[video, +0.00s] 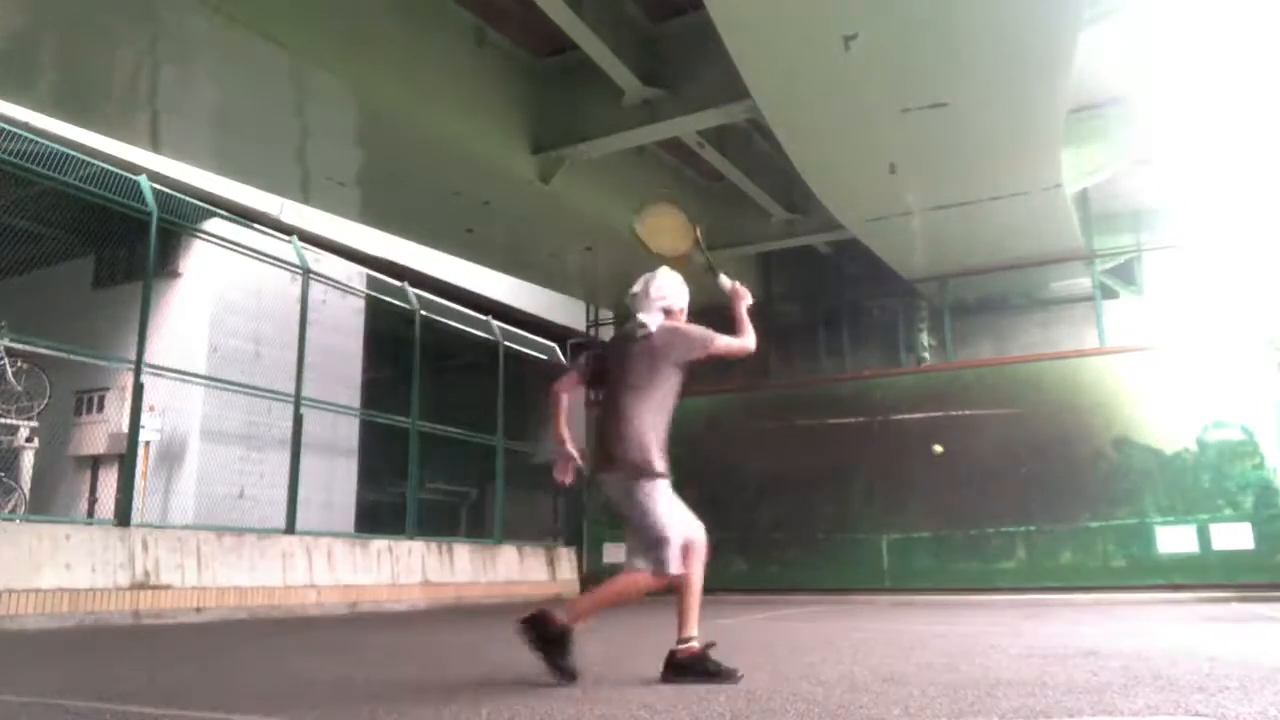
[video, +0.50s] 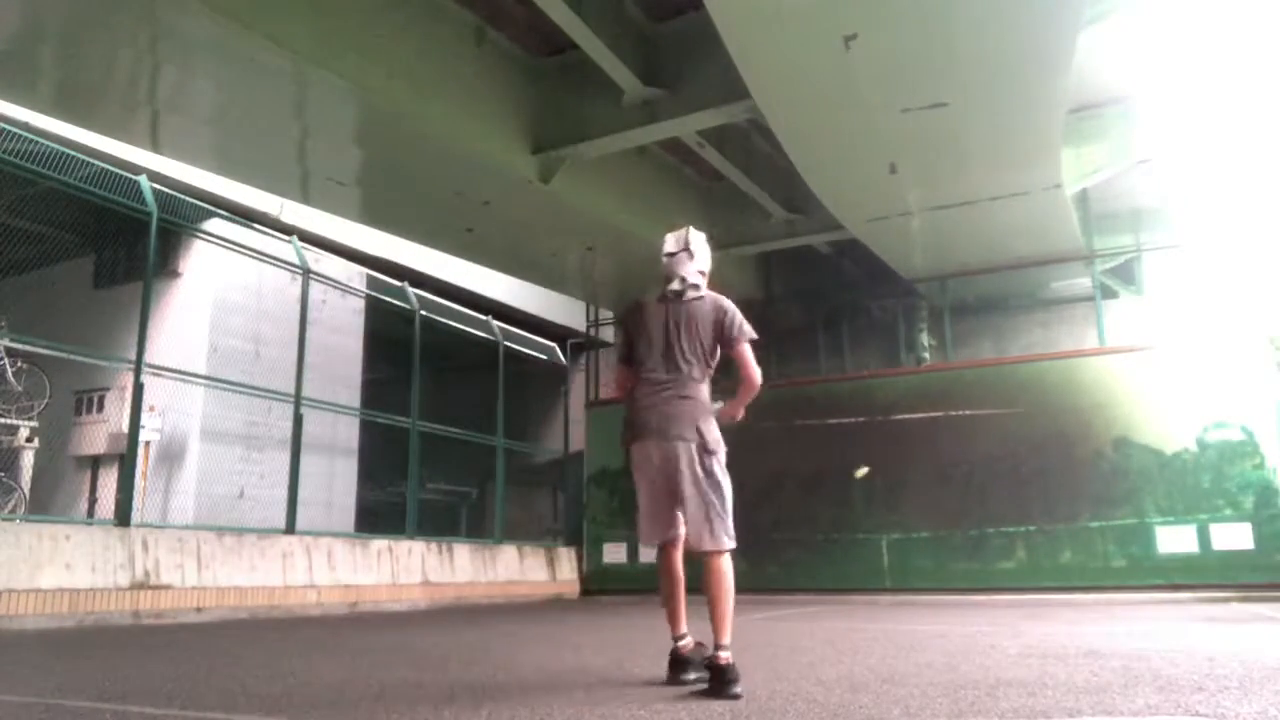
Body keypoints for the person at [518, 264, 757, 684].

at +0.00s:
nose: (686, 315)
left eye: (685, 309)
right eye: (684, 309)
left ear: (642, 307)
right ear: (674, 309)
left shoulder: (613, 348)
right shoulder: (675, 337)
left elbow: (561, 388)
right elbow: (746, 345)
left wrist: (565, 446)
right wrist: (742, 306)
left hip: (616, 470)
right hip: (642, 470)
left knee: (694, 540)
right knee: (663, 568)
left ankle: (687, 648)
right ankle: (555, 622)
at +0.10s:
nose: (694, 299)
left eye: (692, 293)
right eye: (692, 293)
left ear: (651, 293)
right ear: (683, 293)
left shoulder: (630, 335)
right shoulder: (686, 322)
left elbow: (583, 385)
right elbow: (757, 344)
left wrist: (594, 446)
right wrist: (747, 308)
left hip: (632, 452)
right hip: (661, 450)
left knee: (694, 550)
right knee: (693, 551)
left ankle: (687, 648)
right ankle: (604, 622)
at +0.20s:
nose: (698, 282)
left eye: (694, 276)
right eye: (697, 275)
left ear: (653, 275)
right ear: (690, 276)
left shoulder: (632, 317)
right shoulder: (698, 307)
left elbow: (603, 375)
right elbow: (758, 355)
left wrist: (625, 414)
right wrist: (754, 324)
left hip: (637, 438)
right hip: (676, 434)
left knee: (681, 542)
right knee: (707, 537)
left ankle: (688, 644)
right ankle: (657, 632)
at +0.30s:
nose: (699, 272)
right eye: (699, 265)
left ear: (655, 264)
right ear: (696, 266)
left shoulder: (634, 311)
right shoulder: (705, 304)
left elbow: (612, 379)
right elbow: (751, 366)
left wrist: (642, 395)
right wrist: (755, 348)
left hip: (642, 432)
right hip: (686, 427)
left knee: (677, 541)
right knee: (711, 538)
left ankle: (683, 644)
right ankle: (713, 642)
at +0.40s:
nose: (706, 274)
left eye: (697, 267)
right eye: (706, 268)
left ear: (663, 265)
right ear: (700, 268)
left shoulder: (636, 312)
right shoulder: (712, 304)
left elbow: (616, 385)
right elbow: (749, 378)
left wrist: (650, 390)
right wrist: (742, 388)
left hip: (643, 436)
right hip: (689, 433)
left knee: (678, 543)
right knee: (714, 544)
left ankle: (683, 646)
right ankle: (724, 657)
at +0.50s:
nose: (700, 266)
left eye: (681, 257)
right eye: (703, 259)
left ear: (665, 264)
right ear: (705, 265)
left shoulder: (638, 313)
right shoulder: (721, 308)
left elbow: (619, 386)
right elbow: (753, 378)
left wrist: (649, 386)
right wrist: (736, 406)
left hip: (646, 437)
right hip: (697, 434)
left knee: (670, 543)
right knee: (716, 546)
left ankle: (681, 648)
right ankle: (722, 659)